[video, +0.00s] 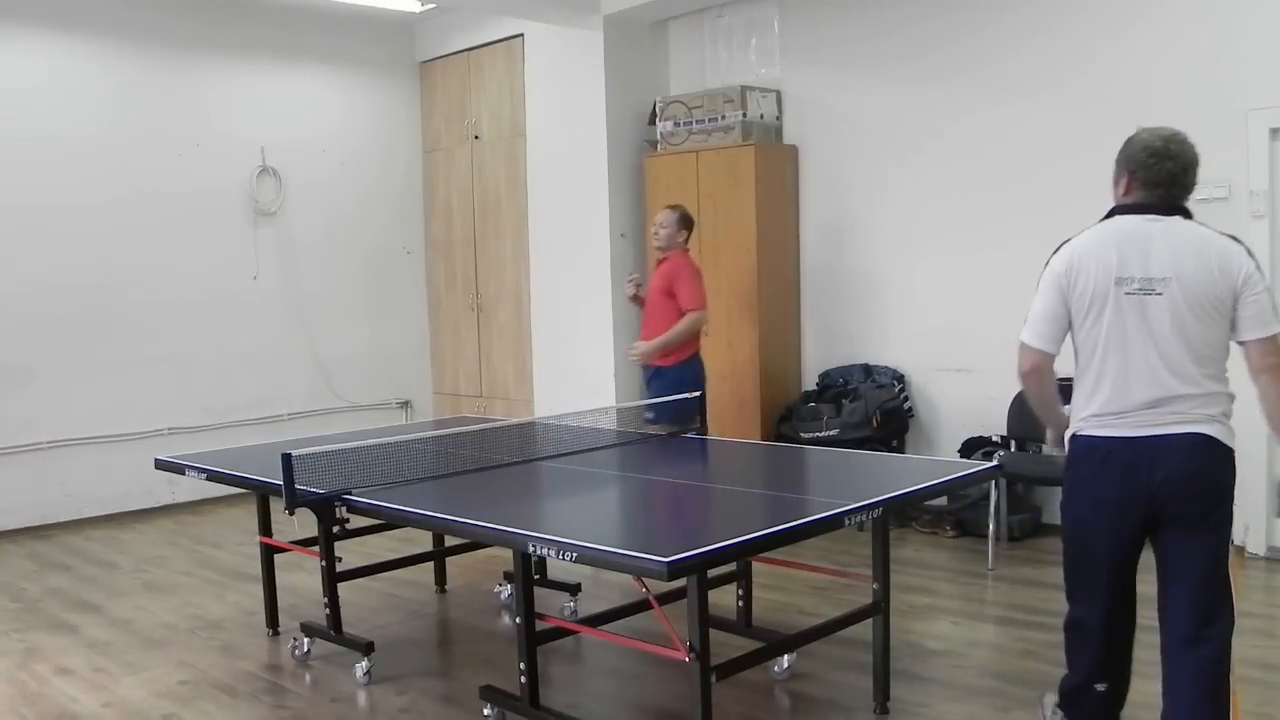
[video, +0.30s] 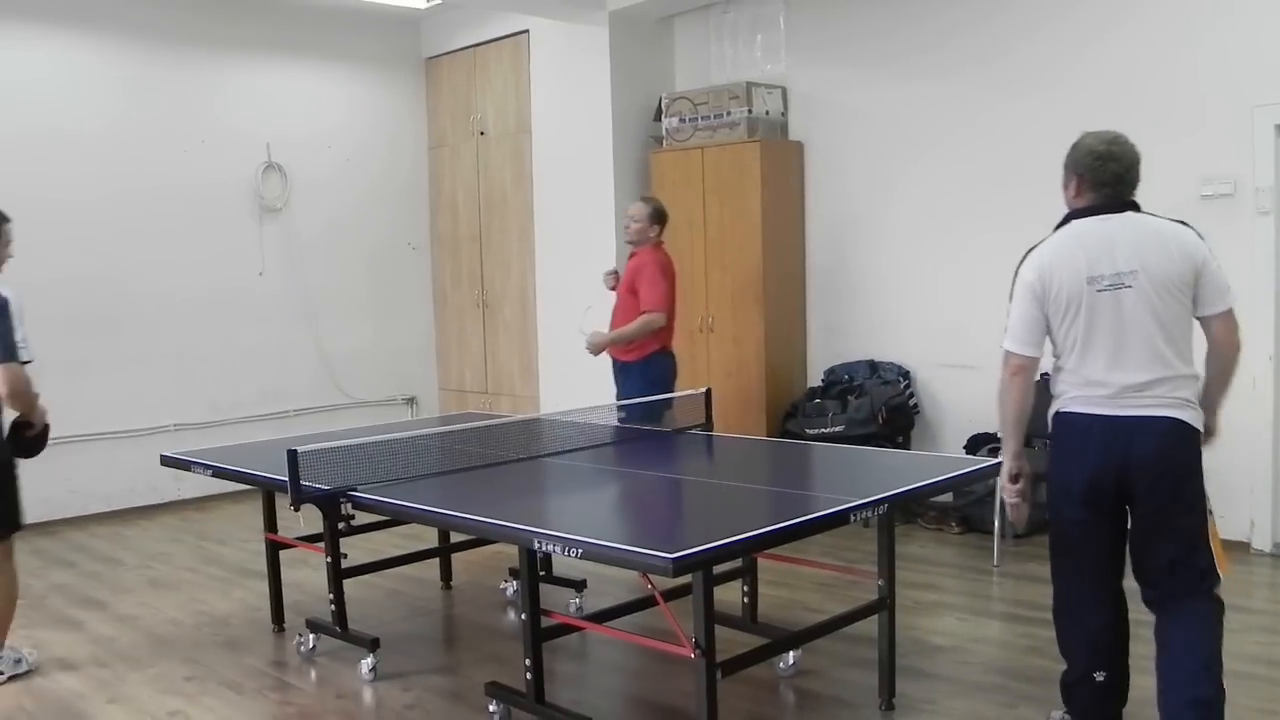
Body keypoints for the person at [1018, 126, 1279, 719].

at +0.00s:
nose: (1112, 186)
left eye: (1114, 178)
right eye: (1115, 178)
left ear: (1125, 182)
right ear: (1187, 188)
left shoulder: (1077, 253)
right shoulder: (1229, 255)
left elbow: (1033, 363)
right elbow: (1268, 366)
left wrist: (1057, 427)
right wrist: (1279, 437)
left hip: (1102, 461)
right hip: (1199, 458)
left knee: (1095, 615)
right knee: (1197, 624)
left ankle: (1084, 710)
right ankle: (1197, 716)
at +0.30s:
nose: (1061, 189)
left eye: (1064, 180)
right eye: (1065, 180)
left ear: (1076, 185)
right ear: (1134, 185)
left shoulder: (1046, 258)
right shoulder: (1184, 242)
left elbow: (1019, 367)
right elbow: (1225, 340)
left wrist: (1012, 456)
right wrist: (1209, 407)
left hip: (1081, 443)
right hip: (1168, 441)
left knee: (1085, 587)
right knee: (1182, 588)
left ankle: (1092, 709)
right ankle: (1194, 711)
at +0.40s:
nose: (1051, 195)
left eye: (1053, 186)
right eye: (1053, 186)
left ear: (1065, 189)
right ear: (1122, 189)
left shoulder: (1037, 261)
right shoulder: (1173, 242)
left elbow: (1007, 367)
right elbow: (1216, 333)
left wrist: (1005, 456)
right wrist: (1178, 387)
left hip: (1078, 440)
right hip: (1164, 437)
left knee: (1085, 586)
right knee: (1176, 582)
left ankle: (1092, 710)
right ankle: (1187, 711)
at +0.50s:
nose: (1044, 194)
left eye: (1047, 185)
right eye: (1047, 185)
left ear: (1060, 189)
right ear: (1115, 189)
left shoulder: (1035, 261)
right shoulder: (1166, 241)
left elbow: (1000, 368)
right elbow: (1200, 326)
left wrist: (1006, 445)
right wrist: (1145, 355)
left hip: (1078, 438)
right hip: (1160, 434)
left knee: (1083, 582)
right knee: (1168, 578)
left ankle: (1093, 710)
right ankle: (1178, 709)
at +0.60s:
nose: (1042, 196)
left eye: (1044, 187)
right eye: (1043, 187)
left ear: (1058, 190)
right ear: (1112, 189)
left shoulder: (1036, 259)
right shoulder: (1161, 241)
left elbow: (1003, 370)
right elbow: (1182, 319)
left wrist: (1013, 438)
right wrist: (1123, 303)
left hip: (1077, 432)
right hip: (1158, 429)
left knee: (1083, 578)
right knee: (1163, 571)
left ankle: (1095, 709)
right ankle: (1163, 705)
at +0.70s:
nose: (1044, 196)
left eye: (1047, 187)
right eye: (1047, 186)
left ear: (1060, 190)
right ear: (1111, 190)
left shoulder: (1040, 257)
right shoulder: (1158, 243)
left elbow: (1011, 366)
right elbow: (1152, 323)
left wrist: (1023, 418)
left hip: (1078, 426)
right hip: (1155, 424)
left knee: (1082, 572)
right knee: (1156, 559)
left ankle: (1094, 706)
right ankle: (1145, 687)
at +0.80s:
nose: (1049, 197)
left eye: (1051, 187)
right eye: (1051, 187)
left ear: (1064, 190)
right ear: (1114, 192)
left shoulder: (1045, 256)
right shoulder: (1157, 241)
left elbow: (1018, 364)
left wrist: (1026, 408)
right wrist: (1063, 234)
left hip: (1079, 424)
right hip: (1153, 422)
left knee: (1081, 566)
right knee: (1146, 552)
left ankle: (1094, 704)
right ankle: (1131, 679)